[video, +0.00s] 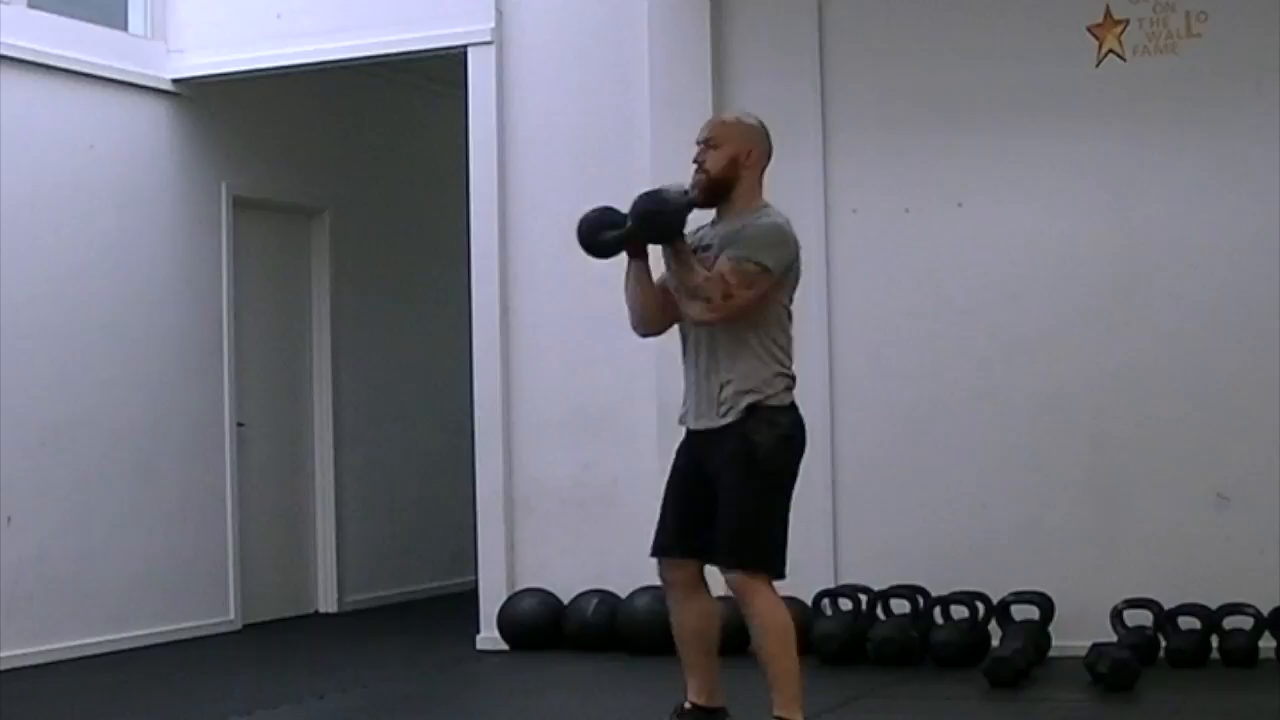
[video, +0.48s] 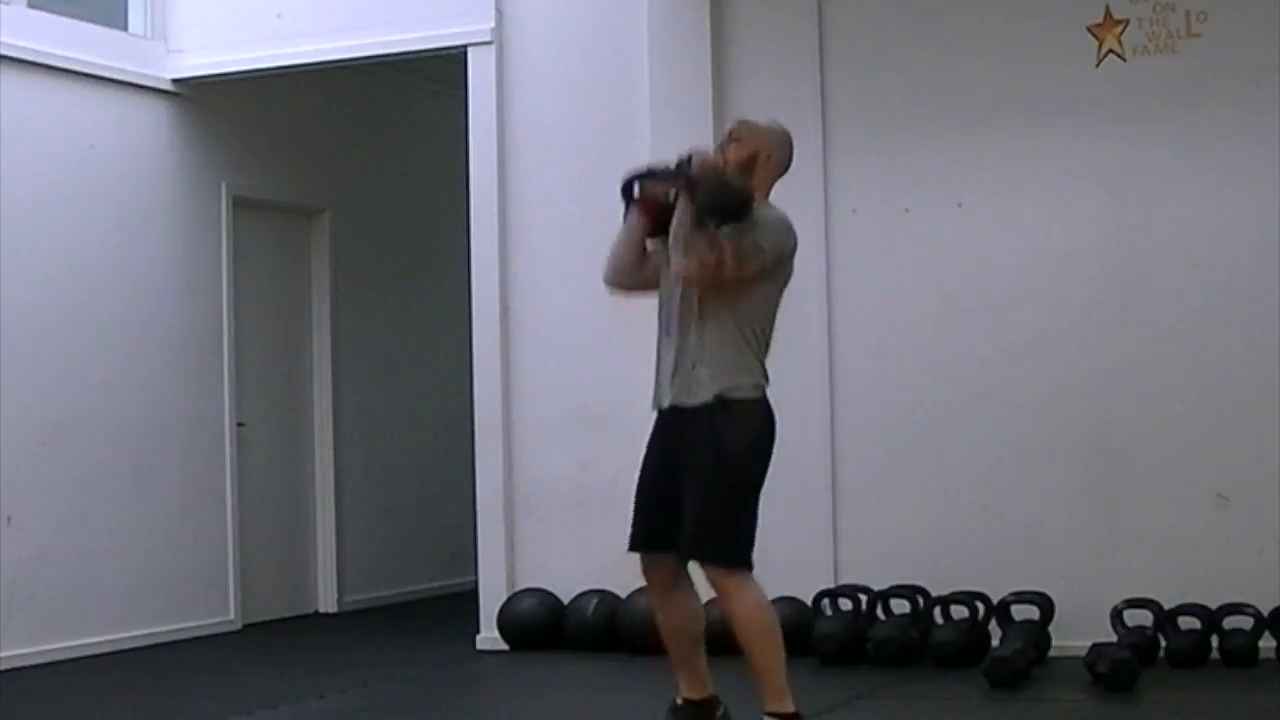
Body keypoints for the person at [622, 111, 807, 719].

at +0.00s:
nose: (696, 155)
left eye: (709, 146)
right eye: (697, 146)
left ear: (748, 159)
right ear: (726, 161)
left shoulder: (771, 233)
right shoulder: (700, 237)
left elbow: (707, 301)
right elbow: (647, 319)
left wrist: (673, 237)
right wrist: (636, 248)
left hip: (761, 425)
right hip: (706, 429)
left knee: (747, 574)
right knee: (678, 565)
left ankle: (789, 712)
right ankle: (703, 705)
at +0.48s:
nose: (718, 148)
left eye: (734, 141)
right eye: (722, 140)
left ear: (764, 163)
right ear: (733, 160)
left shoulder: (771, 228)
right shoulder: (698, 228)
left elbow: (700, 268)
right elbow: (623, 275)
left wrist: (692, 196)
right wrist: (644, 210)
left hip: (734, 414)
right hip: (678, 414)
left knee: (722, 561)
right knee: (658, 559)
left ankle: (781, 709)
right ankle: (696, 700)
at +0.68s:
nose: (688, 151)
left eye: (703, 144)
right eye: (687, 143)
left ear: (737, 162)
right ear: (686, 162)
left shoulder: (748, 220)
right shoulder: (674, 218)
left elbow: (719, 168)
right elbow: (623, 162)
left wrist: (708, 92)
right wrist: (651, 94)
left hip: (743, 425)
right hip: (691, 426)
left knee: (731, 575)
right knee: (657, 572)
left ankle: (789, 712)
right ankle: (701, 706)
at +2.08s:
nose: (708, 143)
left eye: (721, 135)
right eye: (712, 135)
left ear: (745, 162)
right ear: (714, 161)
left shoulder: (781, 222)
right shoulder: (697, 229)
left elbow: (720, 238)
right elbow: (622, 247)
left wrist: (715, 166)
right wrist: (647, 181)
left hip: (748, 422)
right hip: (691, 422)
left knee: (759, 573)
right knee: (692, 568)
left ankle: (791, 711)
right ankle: (705, 704)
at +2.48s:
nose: (707, 147)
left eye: (722, 138)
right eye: (709, 138)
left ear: (760, 156)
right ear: (729, 156)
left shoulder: (782, 226)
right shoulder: (705, 232)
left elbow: (763, 306)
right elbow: (665, 318)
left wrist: (698, 262)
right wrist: (629, 260)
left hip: (756, 422)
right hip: (702, 423)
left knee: (762, 573)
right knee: (699, 567)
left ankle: (790, 713)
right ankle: (704, 705)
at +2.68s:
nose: (709, 153)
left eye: (724, 143)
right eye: (711, 143)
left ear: (763, 157)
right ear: (741, 159)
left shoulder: (786, 230)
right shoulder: (707, 244)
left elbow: (776, 323)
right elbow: (678, 327)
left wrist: (687, 335)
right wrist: (613, 336)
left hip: (787, 426)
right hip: (730, 431)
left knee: (769, 568)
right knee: (694, 563)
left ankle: (791, 712)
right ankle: (704, 704)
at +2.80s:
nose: (695, 172)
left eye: (708, 163)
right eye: (698, 163)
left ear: (747, 179)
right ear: (732, 181)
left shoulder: (777, 259)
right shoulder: (703, 271)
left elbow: (747, 363)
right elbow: (668, 357)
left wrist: (681, 433)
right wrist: (612, 420)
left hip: (802, 442)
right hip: (741, 445)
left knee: (768, 570)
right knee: (682, 559)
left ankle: (792, 712)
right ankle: (702, 704)